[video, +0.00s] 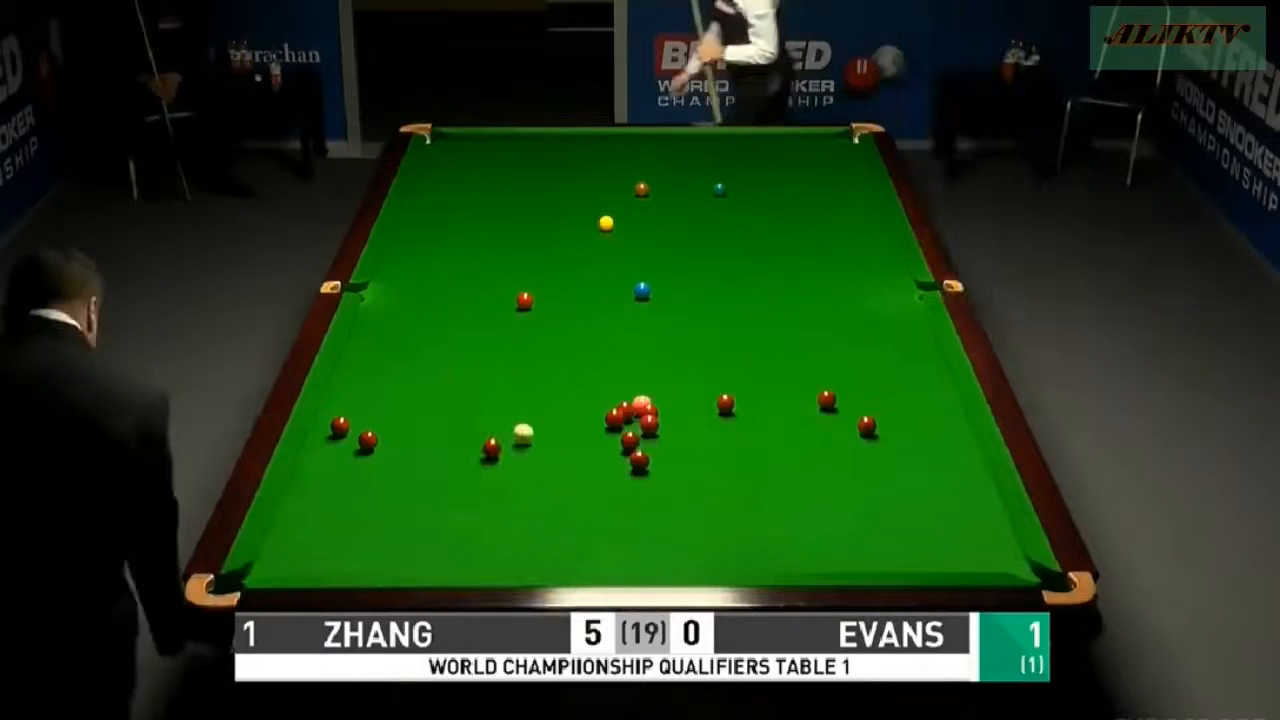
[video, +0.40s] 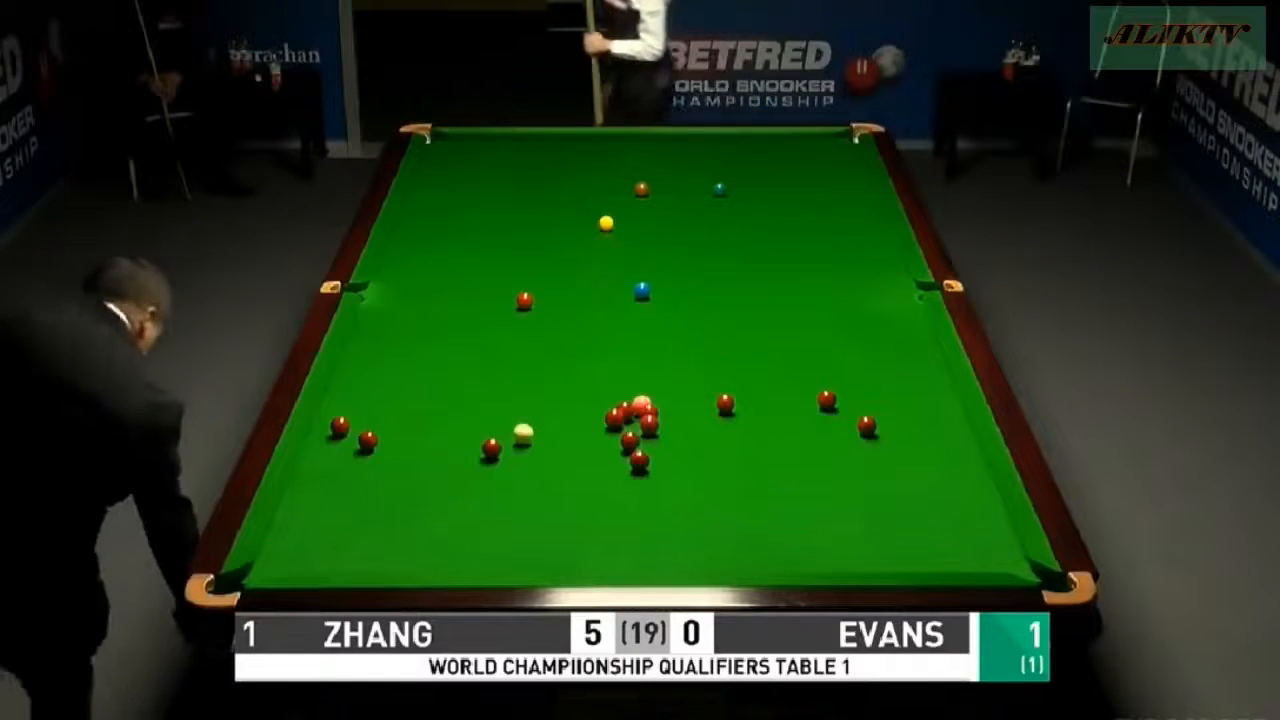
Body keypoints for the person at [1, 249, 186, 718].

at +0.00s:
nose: (99, 324)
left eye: (97, 310)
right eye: (98, 309)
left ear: (14, 308)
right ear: (88, 312)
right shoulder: (125, 399)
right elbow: (150, 533)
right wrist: (171, 631)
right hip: (84, 623)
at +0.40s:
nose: (151, 343)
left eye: (156, 332)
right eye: (156, 331)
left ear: (91, 297)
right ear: (142, 321)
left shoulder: (10, 330)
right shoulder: (141, 398)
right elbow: (168, 525)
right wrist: (196, 609)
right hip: (48, 594)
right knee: (62, 711)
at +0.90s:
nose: (218, 297)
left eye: (221, 285)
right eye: (216, 285)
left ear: (136, 253)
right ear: (184, 283)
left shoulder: (34, 275)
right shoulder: (165, 368)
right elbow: (167, 510)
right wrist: (186, 596)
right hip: (62, 565)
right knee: (74, 708)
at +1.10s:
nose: (234, 267)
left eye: (235, 256)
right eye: (229, 257)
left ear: (151, 236)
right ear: (193, 257)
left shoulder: (67, 280)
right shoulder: (168, 345)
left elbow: (40, 409)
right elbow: (161, 466)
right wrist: (177, 519)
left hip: (43, 512)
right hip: (113, 545)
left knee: (76, 672)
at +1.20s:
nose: (246, 257)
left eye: (247, 245)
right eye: (240, 246)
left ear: (177, 231)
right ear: (201, 242)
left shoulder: (94, 277)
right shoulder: (162, 316)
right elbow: (158, 442)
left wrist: (197, 444)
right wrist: (207, 485)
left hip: (69, 517)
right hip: (121, 536)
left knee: (102, 669)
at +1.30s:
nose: (269, 243)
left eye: (270, 231)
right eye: (262, 231)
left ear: (213, 222)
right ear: (224, 227)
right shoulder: (164, 279)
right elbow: (191, 371)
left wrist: (232, 429)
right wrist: (261, 426)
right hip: (132, 510)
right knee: (156, 667)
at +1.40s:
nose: (286, 241)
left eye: (287, 229)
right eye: (279, 230)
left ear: (237, 221)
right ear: (239, 226)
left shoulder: (200, 264)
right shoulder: (179, 276)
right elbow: (220, 362)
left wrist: (228, 427)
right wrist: (313, 410)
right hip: (133, 508)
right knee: (168, 665)